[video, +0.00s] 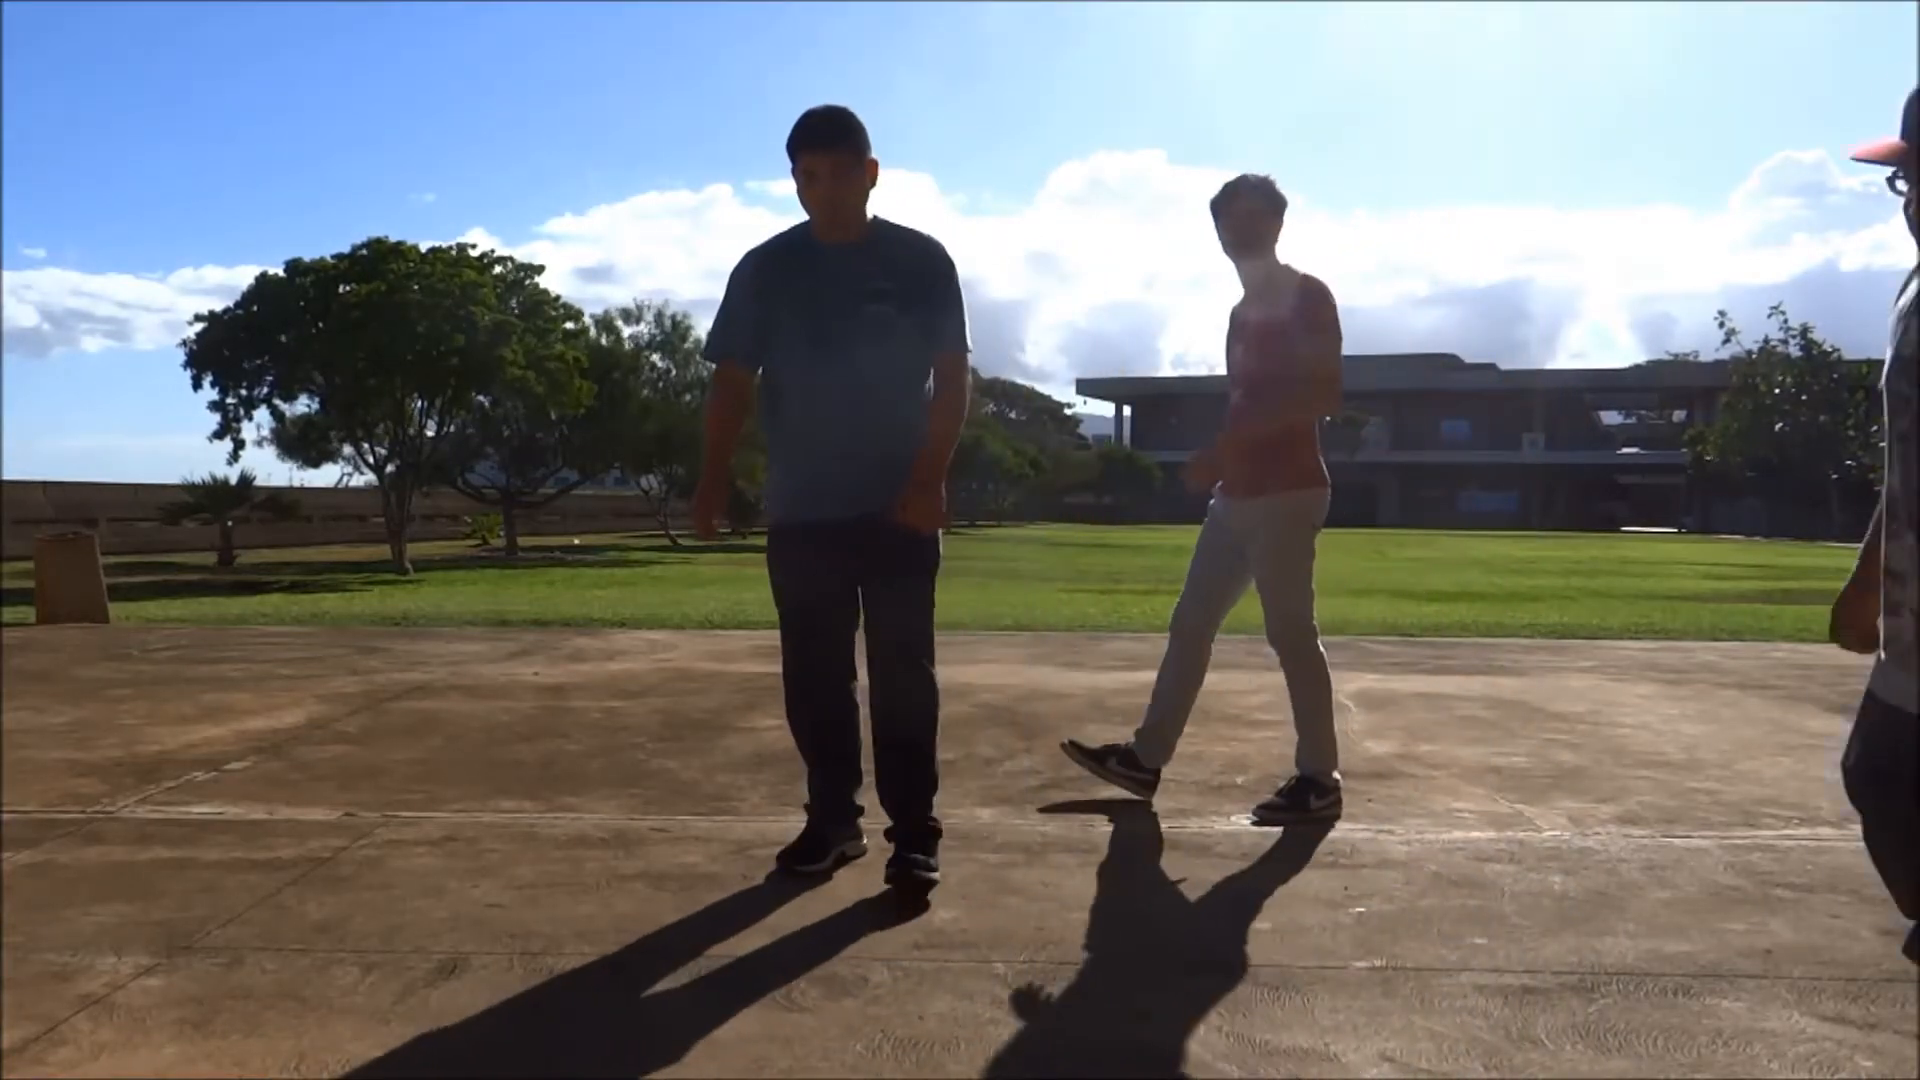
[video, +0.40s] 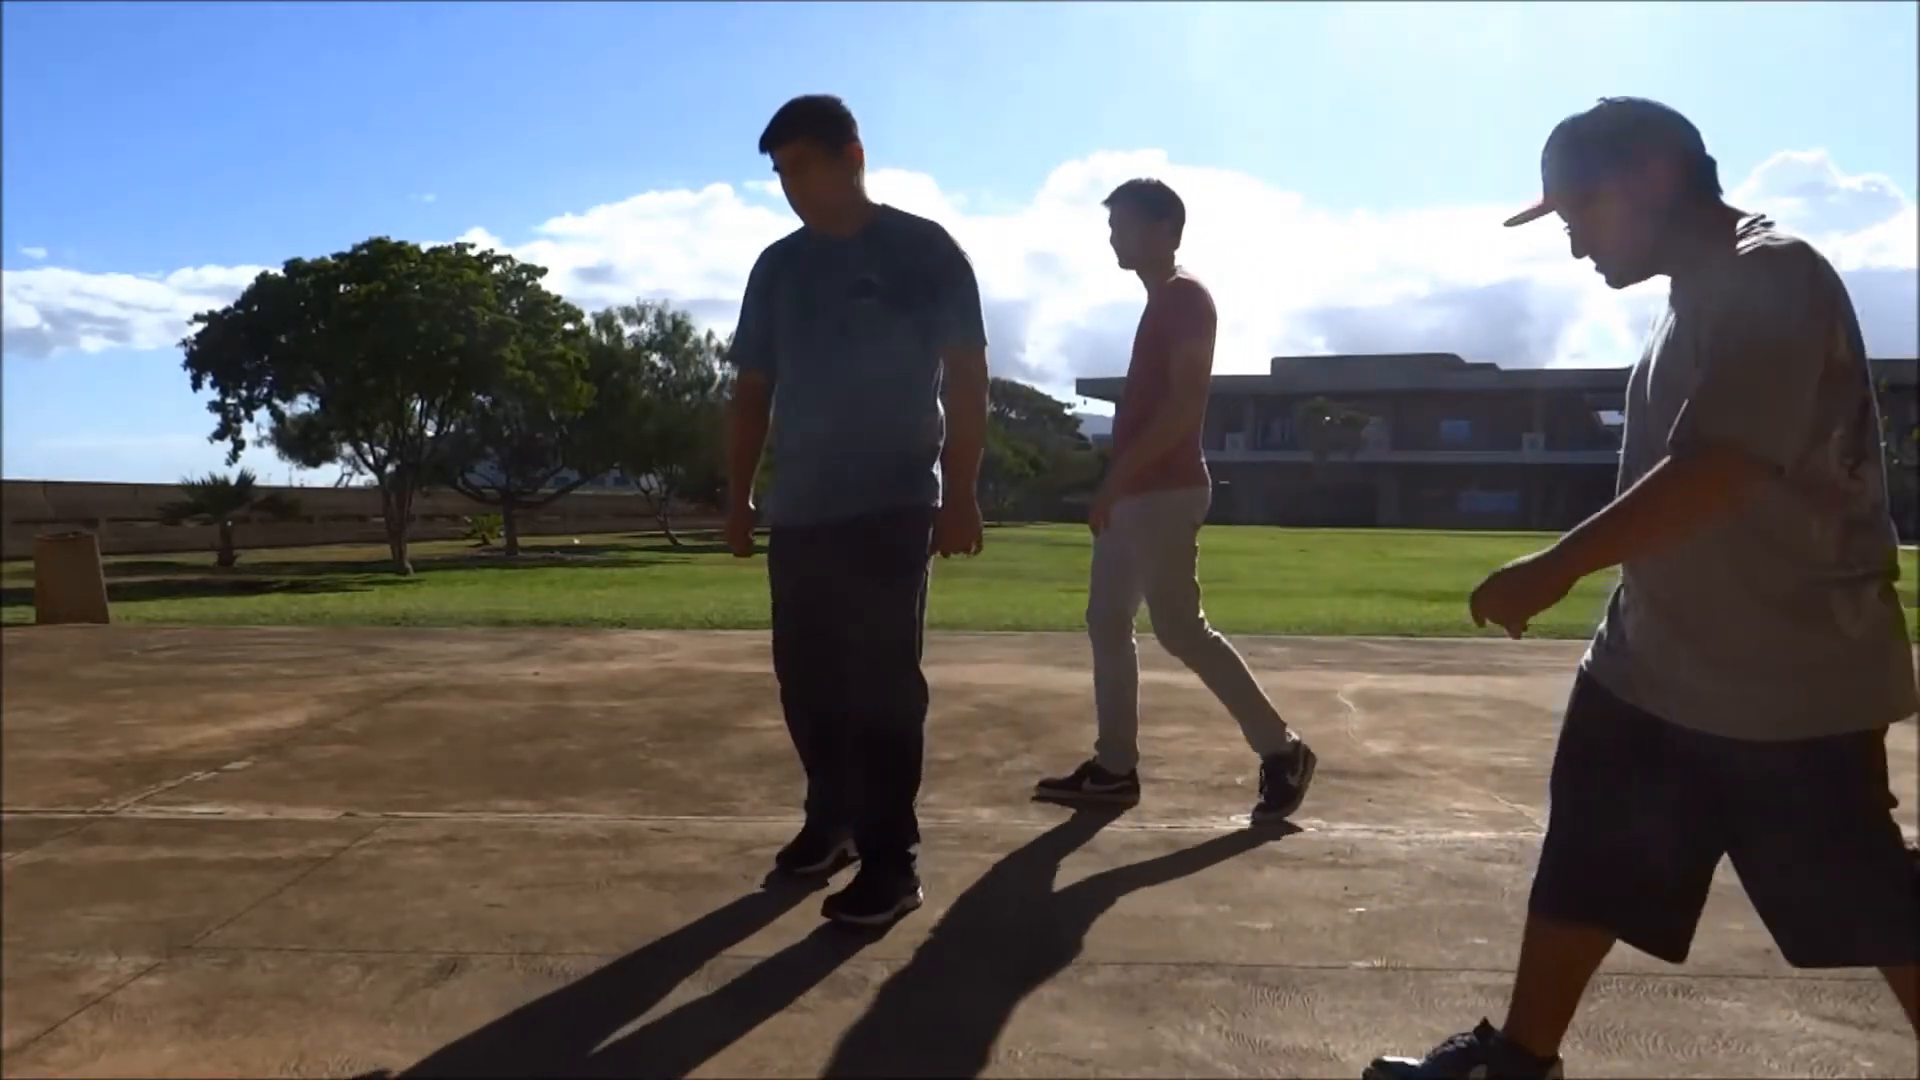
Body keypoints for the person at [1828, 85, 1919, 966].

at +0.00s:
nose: (1901, 196)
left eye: (1907, 180)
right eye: (1899, 180)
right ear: (1905, 185)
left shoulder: (1914, 303)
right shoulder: (1909, 301)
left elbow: (1903, 478)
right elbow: (1902, 473)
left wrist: (1868, 581)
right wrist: (1867, 575)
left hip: (1913, 648)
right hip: (1906, 639)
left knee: (1881, 781)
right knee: (1875, 778)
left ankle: (1919, 921)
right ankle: (1918, 920)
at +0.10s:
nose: (1823, 168)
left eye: (1841, 146)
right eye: (1824, 147)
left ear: (1905, 154)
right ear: (1881, 156)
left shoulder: (1899, 290)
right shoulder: (1875, 280)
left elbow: (1900, 499)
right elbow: (1879, 482)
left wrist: (1898, 658)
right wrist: (1863, 626)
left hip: (1899, 635)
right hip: (1857, 622)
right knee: (1785, 804)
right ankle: (1919, 960)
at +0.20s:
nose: (1742, 185)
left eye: (1755, 155)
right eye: (1738, 162)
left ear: (1853, 142)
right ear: (1844, 151)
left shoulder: (1906, 268)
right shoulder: (1829, 280)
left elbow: (1904, 455)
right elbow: (1845, 460)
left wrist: (1773, 585)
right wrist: (1783, 596)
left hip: (1892, 670)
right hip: (1797, 646)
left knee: (1914, 908)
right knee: (1699, 773)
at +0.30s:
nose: (1661, 220)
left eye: (1669, 191)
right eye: (1654, 198)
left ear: (1747, 164)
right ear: (1747, 170)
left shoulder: (1876, 265)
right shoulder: (1765, 286)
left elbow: (1813, 449)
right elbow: (1778, 472)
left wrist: (1631, 556)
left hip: (1870, 687)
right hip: (1735, 668)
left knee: (1908, 929)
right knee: (1652, 849)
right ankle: (1567, 1031)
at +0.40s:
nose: (1573, 238)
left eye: (1579, 209)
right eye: (1565, 218)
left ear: (1651, 176)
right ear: (1652, 185)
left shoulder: (1773, 280)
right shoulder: (1699, 299)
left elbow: (1716, 468)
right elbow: (1717, 492)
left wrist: (1547, 569)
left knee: (1886, 916)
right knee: (1583, 867)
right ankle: (1523, 1051)